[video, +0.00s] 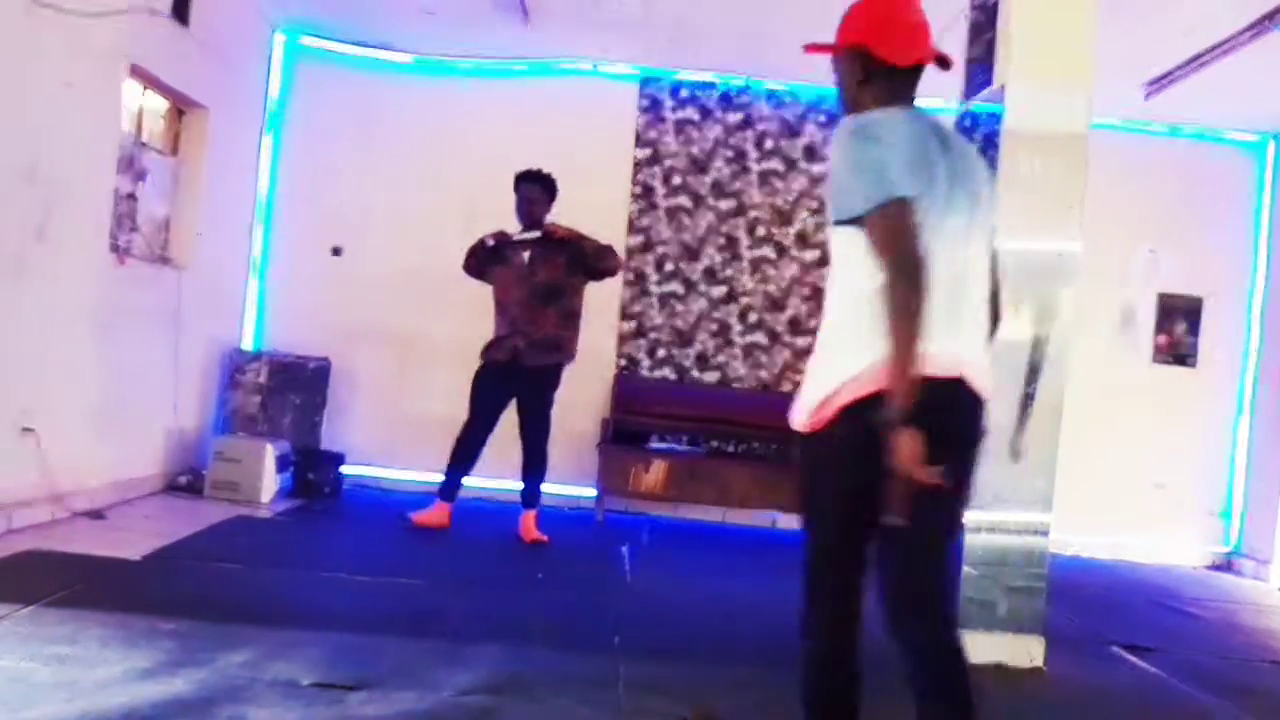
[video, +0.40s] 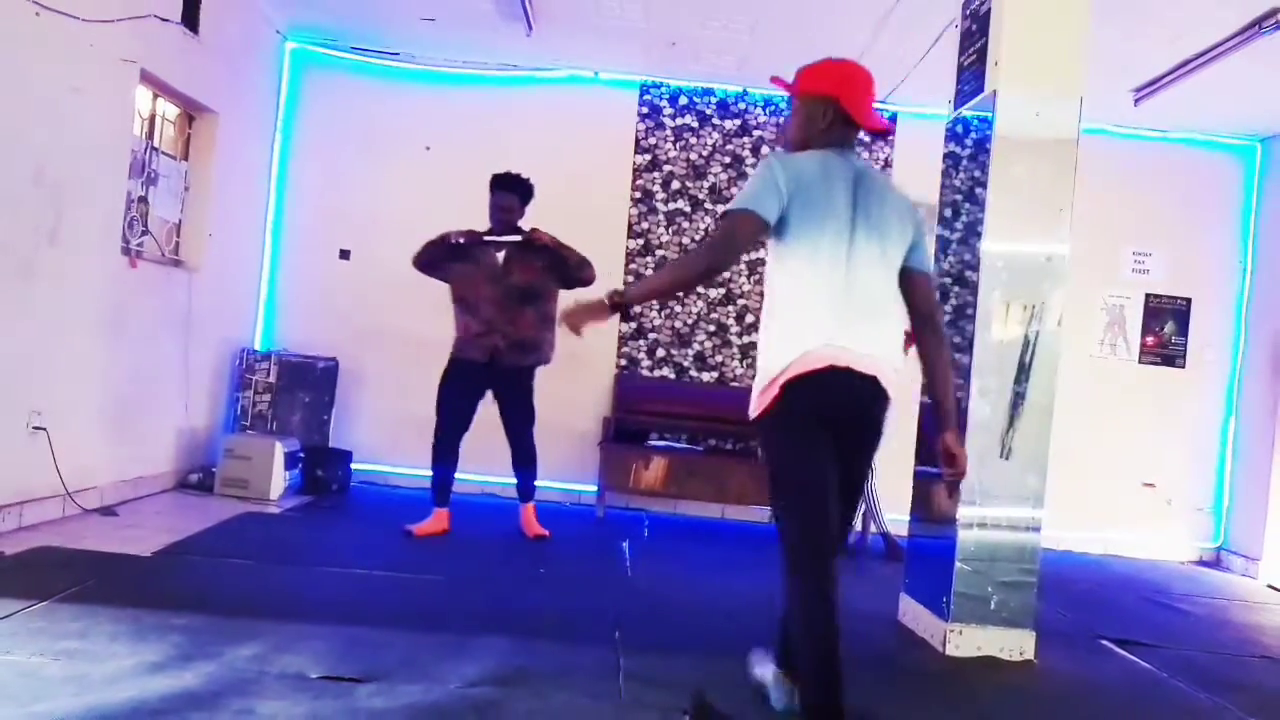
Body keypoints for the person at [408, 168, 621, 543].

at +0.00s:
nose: (526, 208)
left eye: (534, 201)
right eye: (522, 199)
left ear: (549, 204)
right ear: (515, 201)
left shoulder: (570, 251)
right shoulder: (506, 251)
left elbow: (611, 264)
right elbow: (472, 267)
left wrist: (572, 239)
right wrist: (488, 243)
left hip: (545, 358)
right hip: (502, 353)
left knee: (535, 436)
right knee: (476, 425)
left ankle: (529, 515)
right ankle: (444, 504)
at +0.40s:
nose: (500, 214)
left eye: (508, 208)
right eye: (496, 206)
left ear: (522, 211)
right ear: (489, 205)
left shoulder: (540, 255)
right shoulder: (469, 254)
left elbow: (585, 276)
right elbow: (422, 261)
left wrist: (551, 245)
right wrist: (452, 240)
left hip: (516, 364)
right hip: (469, 359)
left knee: (522, 439)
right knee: (446, 433)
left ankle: (528, 512)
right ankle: (440, 512)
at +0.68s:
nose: (482, 213)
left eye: (490, 207)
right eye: (476, 203)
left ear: (501, 209)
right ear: (465, 200)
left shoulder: (509, 255)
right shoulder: (432, 246)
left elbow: (543, 287)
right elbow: (382, 243)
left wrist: (528, 251)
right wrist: (428, 229)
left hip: (485, 362)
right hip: (435, 358)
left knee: (496, 434)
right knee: (431, 435)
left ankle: (497, 511)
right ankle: (434, 513)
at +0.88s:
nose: (472, 204)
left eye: (480, 198)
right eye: (466, 195)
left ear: (488, 202)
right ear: (453, 193)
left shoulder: (489, 252)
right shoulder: (416, 236)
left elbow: (522, 284)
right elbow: (365, 232)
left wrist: (515, 252)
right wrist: (414, 222)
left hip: (465, 357)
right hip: (419, 353)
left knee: (461, 436)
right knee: (423, 433)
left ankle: (448, 515)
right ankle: (430, 512)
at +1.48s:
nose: (441, 187)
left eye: (449, 181)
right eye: (435, 180)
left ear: (465, 185)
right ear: (428, 182)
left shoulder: (482, 233)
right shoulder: (411, 226)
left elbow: (509, 288)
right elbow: (372, 272)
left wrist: (489, 272)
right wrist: (389, 258)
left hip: (449, 353)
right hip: (403, 347)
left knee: (433, 433)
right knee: (383, 423)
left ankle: (424, 517)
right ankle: (393, 508)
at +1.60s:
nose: (438, 178)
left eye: (447, 172)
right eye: (433, 170)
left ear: (462, 180)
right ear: (425, 175)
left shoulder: (477, 231)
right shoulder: (408, 225)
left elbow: (494, 288)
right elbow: (390, 277)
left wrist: (470, 280)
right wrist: (387, 318)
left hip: (444, 353)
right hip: (400, 348)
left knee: (431, 435)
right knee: (387, 431)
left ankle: (423, 516)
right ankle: (388, 513)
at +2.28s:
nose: (439, 180)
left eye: (448, 174)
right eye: (434, 173)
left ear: (465, 183)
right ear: (426, 178)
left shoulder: (471, 242)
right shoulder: (400, 215)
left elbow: (477, 311)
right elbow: (377, 272)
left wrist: (453, 334)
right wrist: (392, 321)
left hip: (434, 351)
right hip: (389, 343)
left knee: (422, 428)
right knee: (374, 423)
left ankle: (427, 510)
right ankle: (374, 498)